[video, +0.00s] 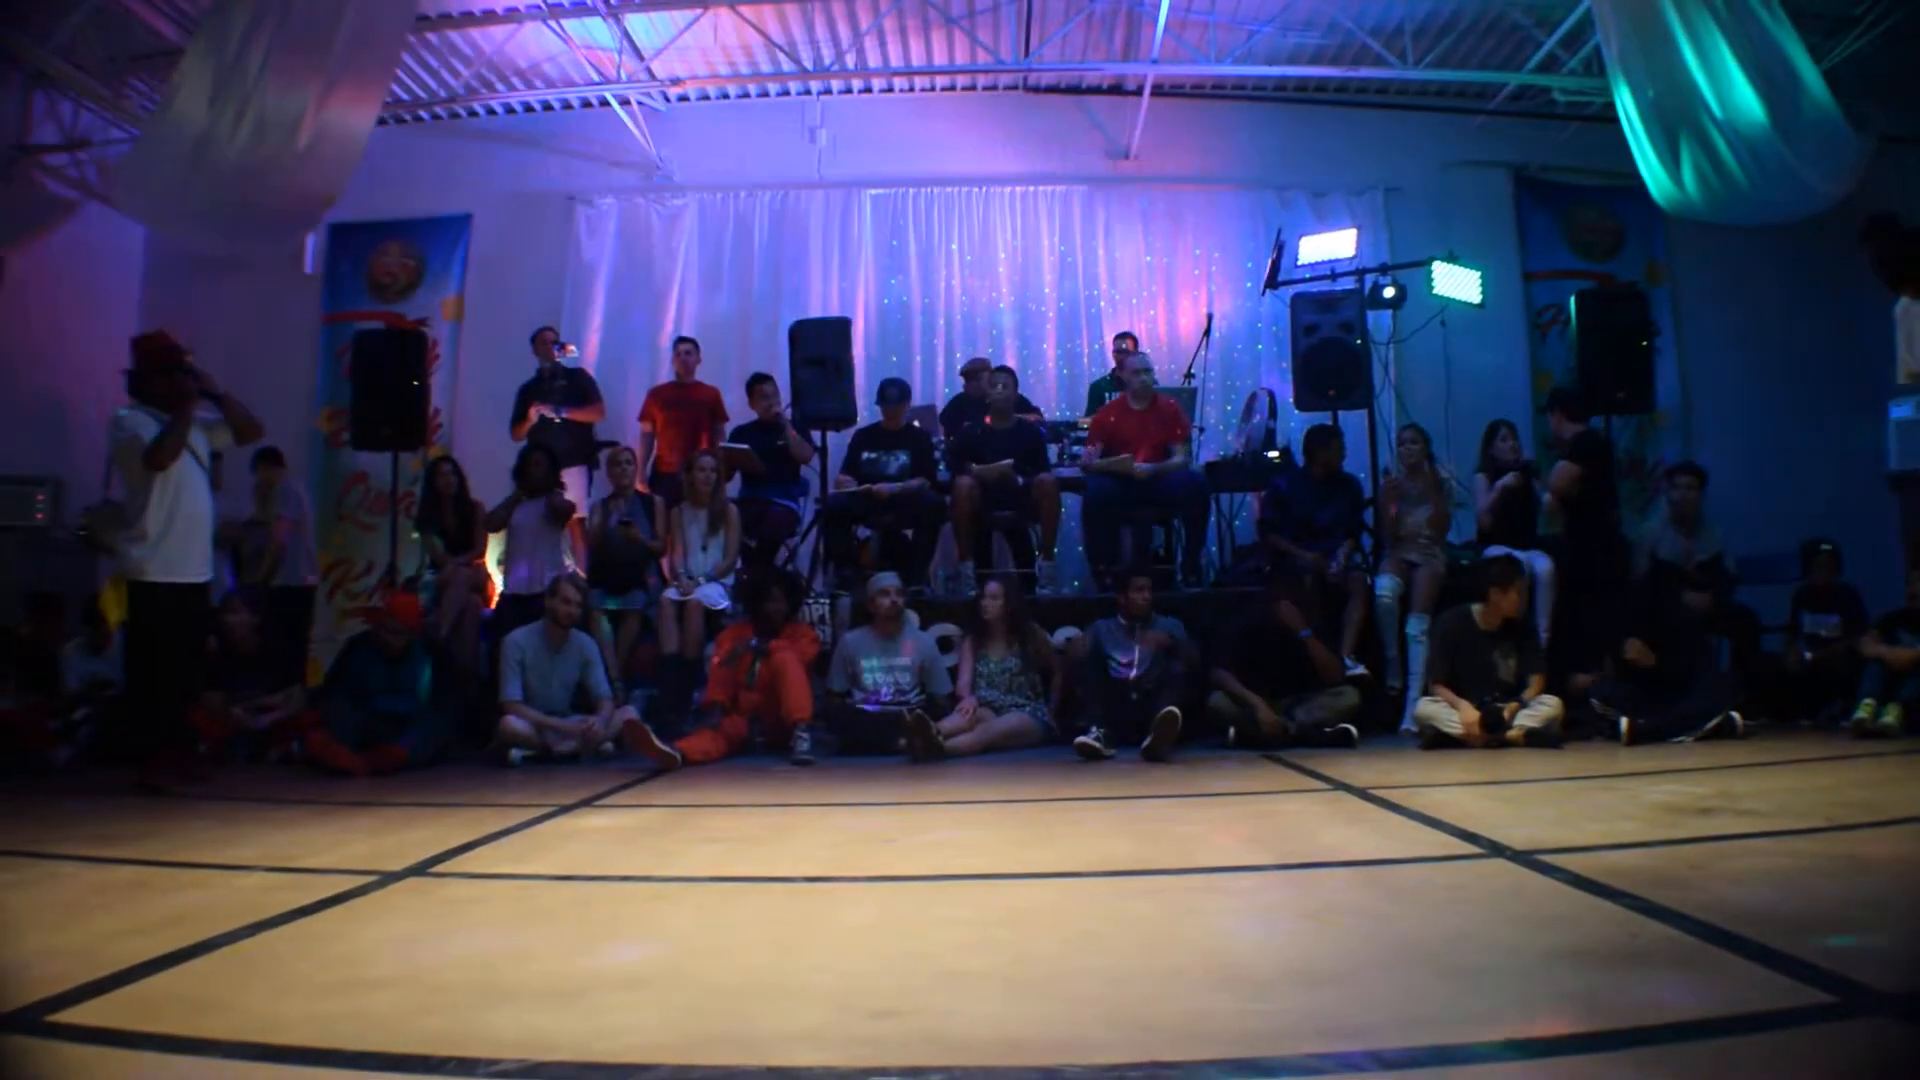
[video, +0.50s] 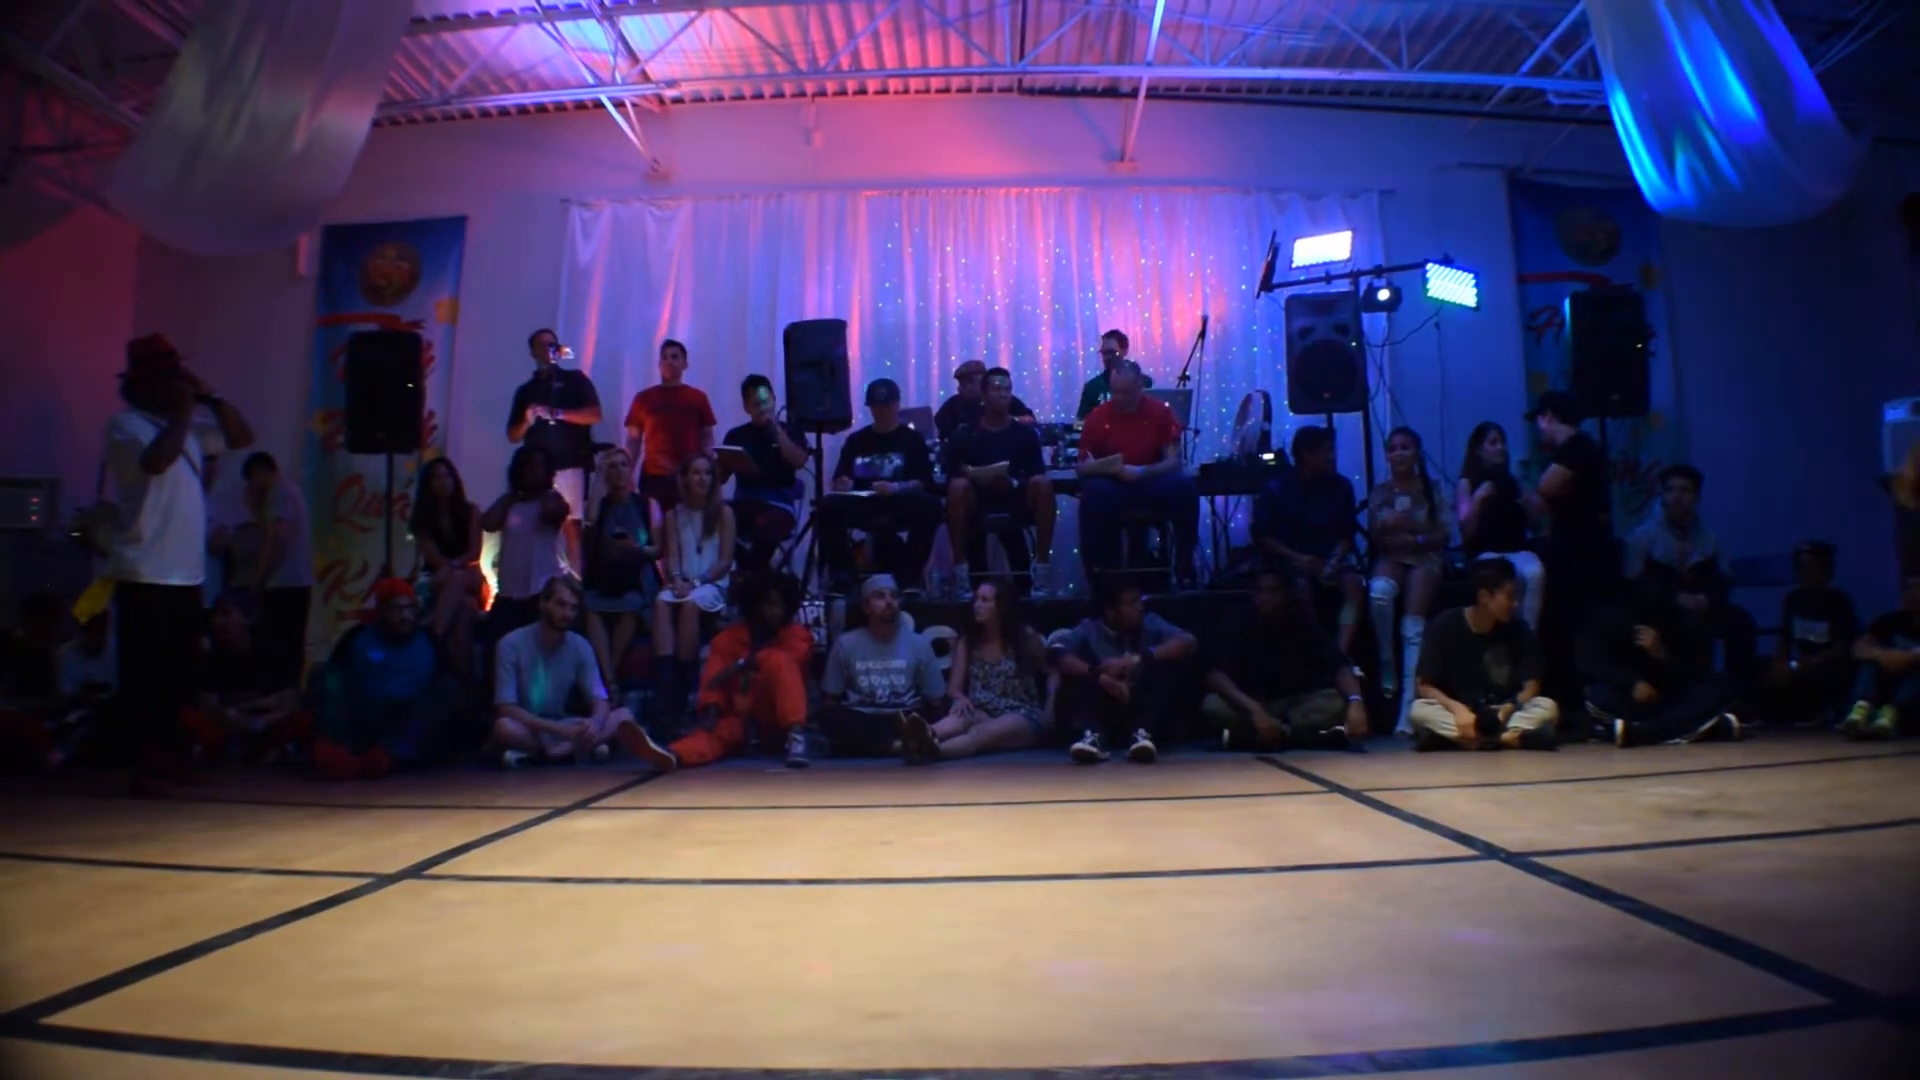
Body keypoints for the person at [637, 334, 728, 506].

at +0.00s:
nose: (682, 358)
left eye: (688, 353)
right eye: (678, 354)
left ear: (698, 359)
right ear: (673, 360)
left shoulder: (711, 394)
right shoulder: (657, 394)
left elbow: (719, 436)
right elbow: (646, 436)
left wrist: (718, 476)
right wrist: (640, 477)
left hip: (700, 477)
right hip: (665, 475)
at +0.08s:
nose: (681, 359)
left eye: (687, 354)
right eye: (677, 354)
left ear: (697, 360)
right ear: (671, 360)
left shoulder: (710, 396)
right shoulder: (655, 395)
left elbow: (718, 437)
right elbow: (645, 436)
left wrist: (716, 475)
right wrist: (640, 475)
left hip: (698, 478)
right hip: (663, 476)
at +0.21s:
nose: (677, 360)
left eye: (683, 355)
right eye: (673, 355)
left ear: (693, 360)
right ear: (668, 361)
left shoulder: (706, 397)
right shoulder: (651, 396)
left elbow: (715, 438)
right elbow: (642, 437)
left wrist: (713, 475)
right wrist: (636, 476)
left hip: (695, 478)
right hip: (660, 476)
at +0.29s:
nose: (675, 360)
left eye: (681, 355)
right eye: (671, 356)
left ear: (691, 362)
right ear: (665, 361)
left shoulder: (703, 398)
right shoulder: (649, 396)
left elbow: (712, 438)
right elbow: (639, 437)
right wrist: (634, 476)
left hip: (693, 479)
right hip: (658, 477)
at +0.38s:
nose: (673, 361)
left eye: (678, 356)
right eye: (668, 356)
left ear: (689, 362)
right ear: (663, 362)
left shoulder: (701, 398)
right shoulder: (646, 397)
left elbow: (709, 438)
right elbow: (636, 437)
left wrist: (710, 474)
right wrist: (633, 473)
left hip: (691, 478)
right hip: (656, 477)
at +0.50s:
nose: (669, 362)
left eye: (675, 357)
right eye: (664, 357)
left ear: (685, 363)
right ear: (659, 363)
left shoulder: (698, 398)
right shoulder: (644, 398)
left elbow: (707, 437)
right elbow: (633, 440)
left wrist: (705, 473)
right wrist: (628, 478)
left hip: (689, 478)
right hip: (654, 478)